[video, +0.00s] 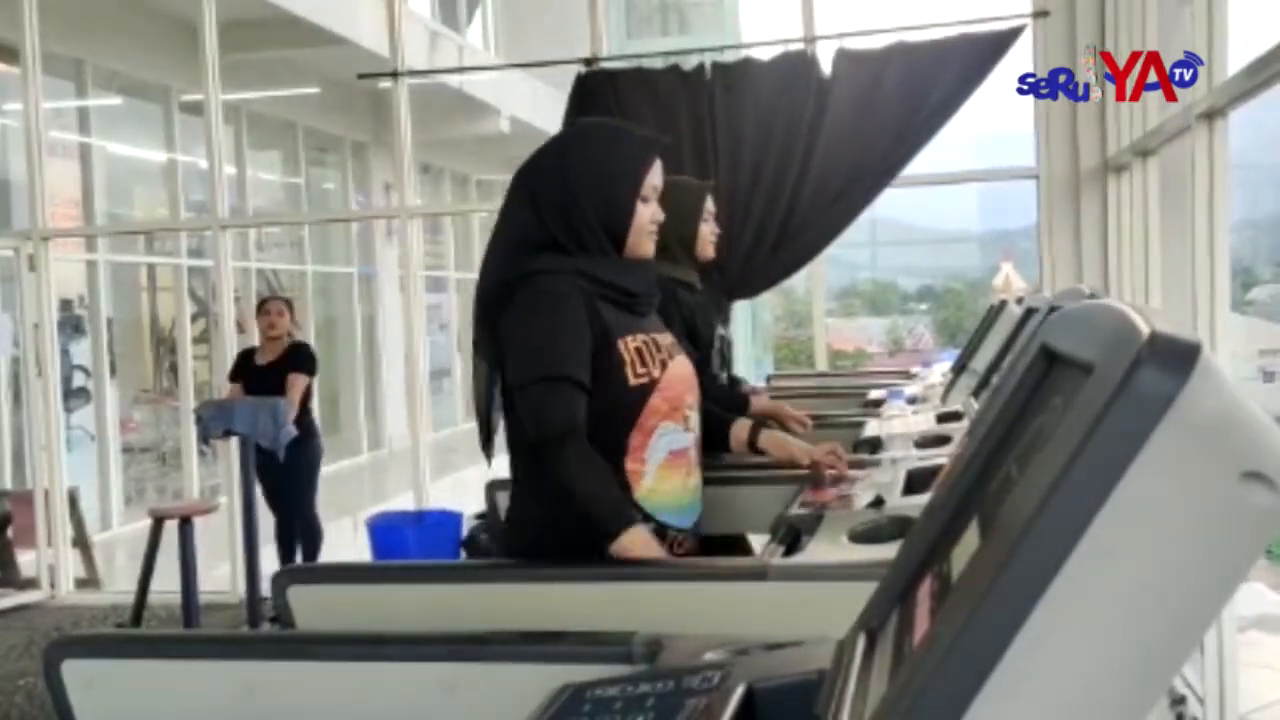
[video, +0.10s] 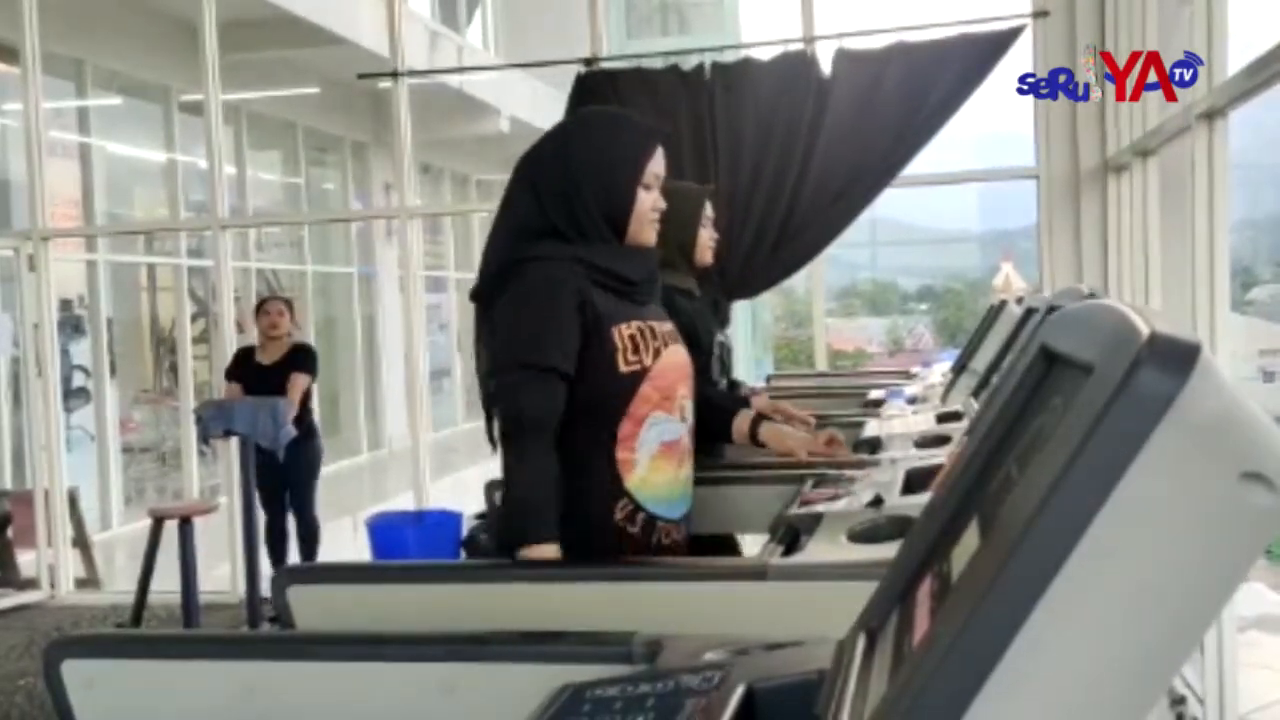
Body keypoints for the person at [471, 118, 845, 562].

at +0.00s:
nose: (659, 216)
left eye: (657, 200)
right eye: (646, 199)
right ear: (597, 196)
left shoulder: (628, 295)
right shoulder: (551, 298)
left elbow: (676, 411)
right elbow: (558, 448)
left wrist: (779, 446)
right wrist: (653, 558)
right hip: (587, 569)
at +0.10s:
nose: (662, 204)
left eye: (660, 189)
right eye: (648, 187)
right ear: (598, 184)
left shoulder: (633, 281)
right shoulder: (543, 285)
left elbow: (679, 397)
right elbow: (529, 432)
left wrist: (771, 434)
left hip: (656, 539)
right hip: (587, 551)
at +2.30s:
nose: (642, 215)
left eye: (640, 197)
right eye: (629, 196)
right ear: (579, 198)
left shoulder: (606, 297)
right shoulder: (515, 302)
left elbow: (634, 415)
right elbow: (466, 458)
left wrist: (743, 442)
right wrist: (406, 582)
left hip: (614, 561)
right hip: (536, 571)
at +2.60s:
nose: (629, 199)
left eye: (626, 181)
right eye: (614, 179)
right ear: (564, 179)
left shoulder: (588, 279)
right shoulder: (516, 285)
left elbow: (627, 400)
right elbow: (515, 449)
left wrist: (737, 425)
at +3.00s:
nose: (627, 202)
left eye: (625, 186)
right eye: (613, 185)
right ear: (563, 183)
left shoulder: (592, 282)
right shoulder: (511, 285)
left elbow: (633, 405)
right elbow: (508, 441)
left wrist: (734, 443)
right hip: (538, 569)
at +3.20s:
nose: (626, 203)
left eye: (625, 186)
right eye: (611, 185)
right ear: (561, 182)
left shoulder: (596, 285)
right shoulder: (501, 292)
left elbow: (628, 408)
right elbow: (457, 450)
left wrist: (737, 441)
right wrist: (424, 582)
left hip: (611, 556)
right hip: (528, 572)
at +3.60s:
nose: (613, 199)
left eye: (610, 181)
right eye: (599, 180)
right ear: (550, 181)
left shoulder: (569, 284)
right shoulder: (503, 289)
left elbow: (585, 422)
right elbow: (497, 448)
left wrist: (682, 438)